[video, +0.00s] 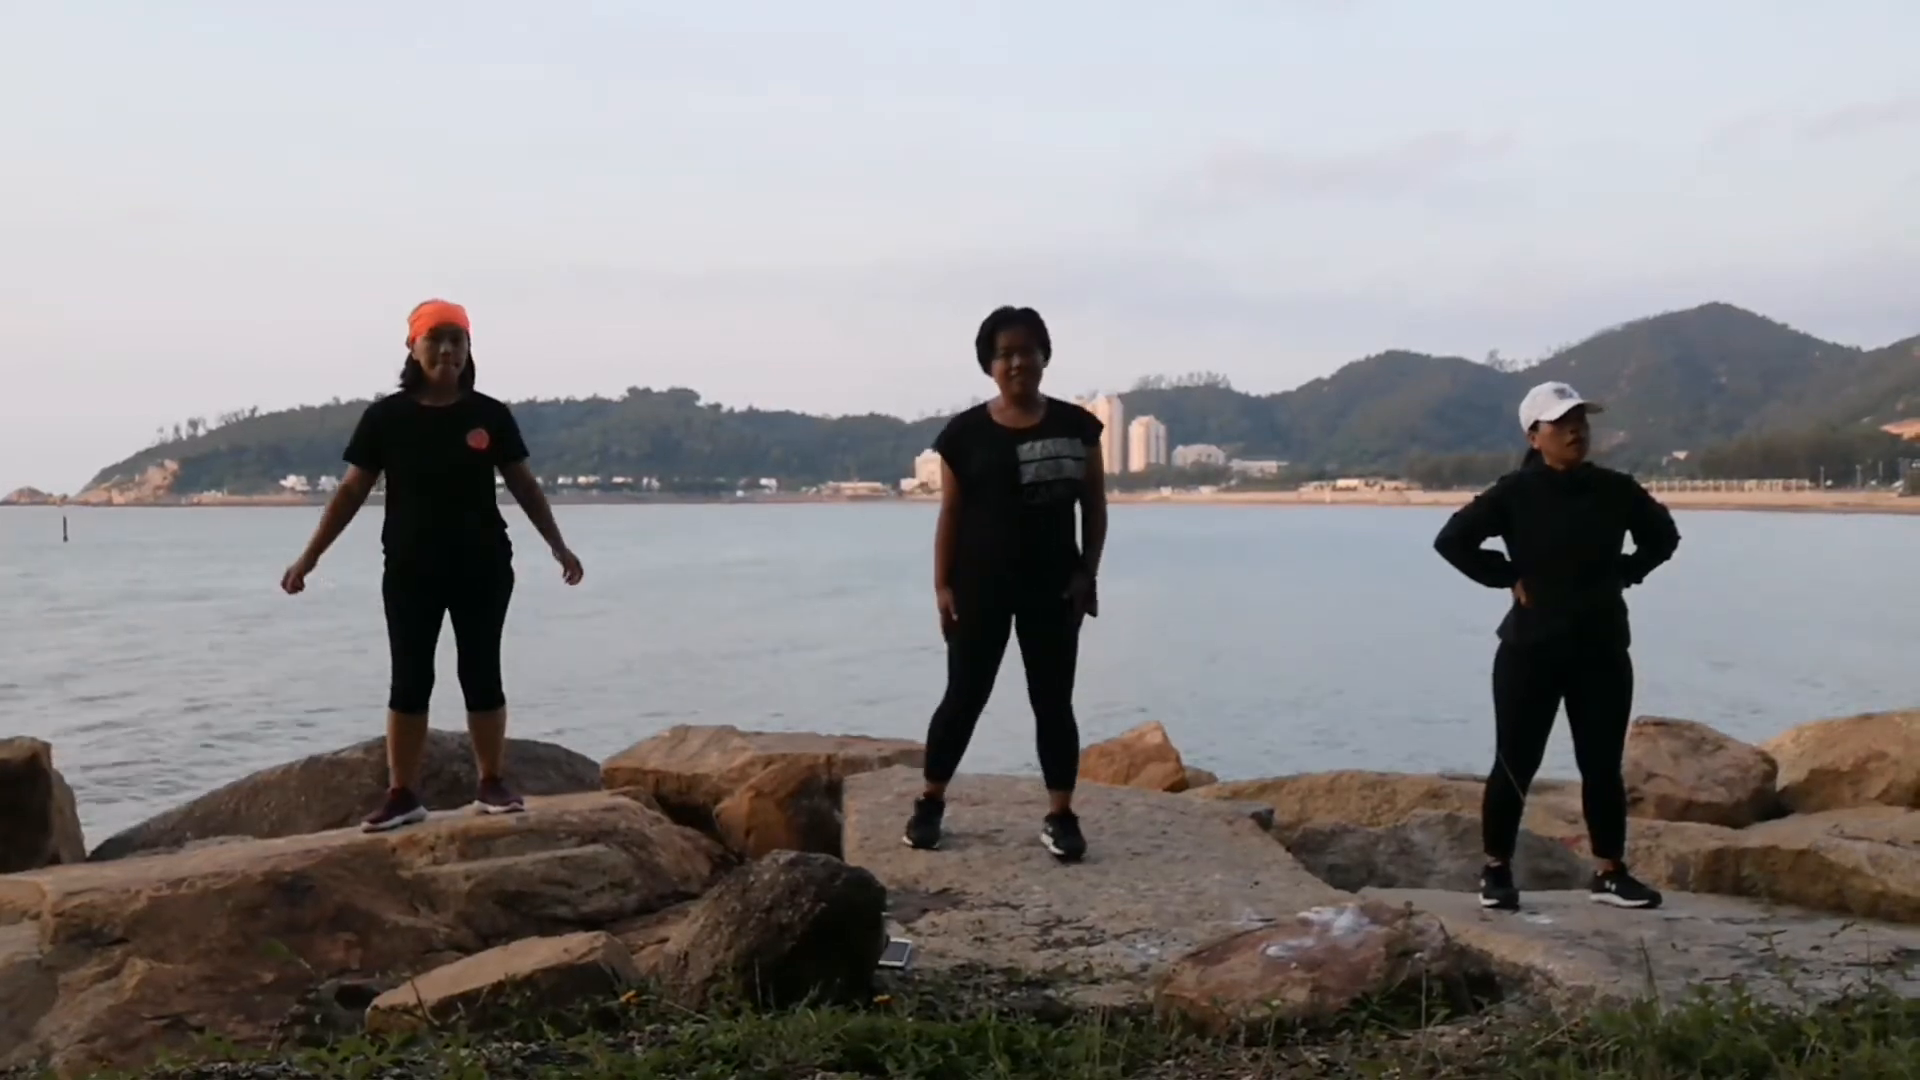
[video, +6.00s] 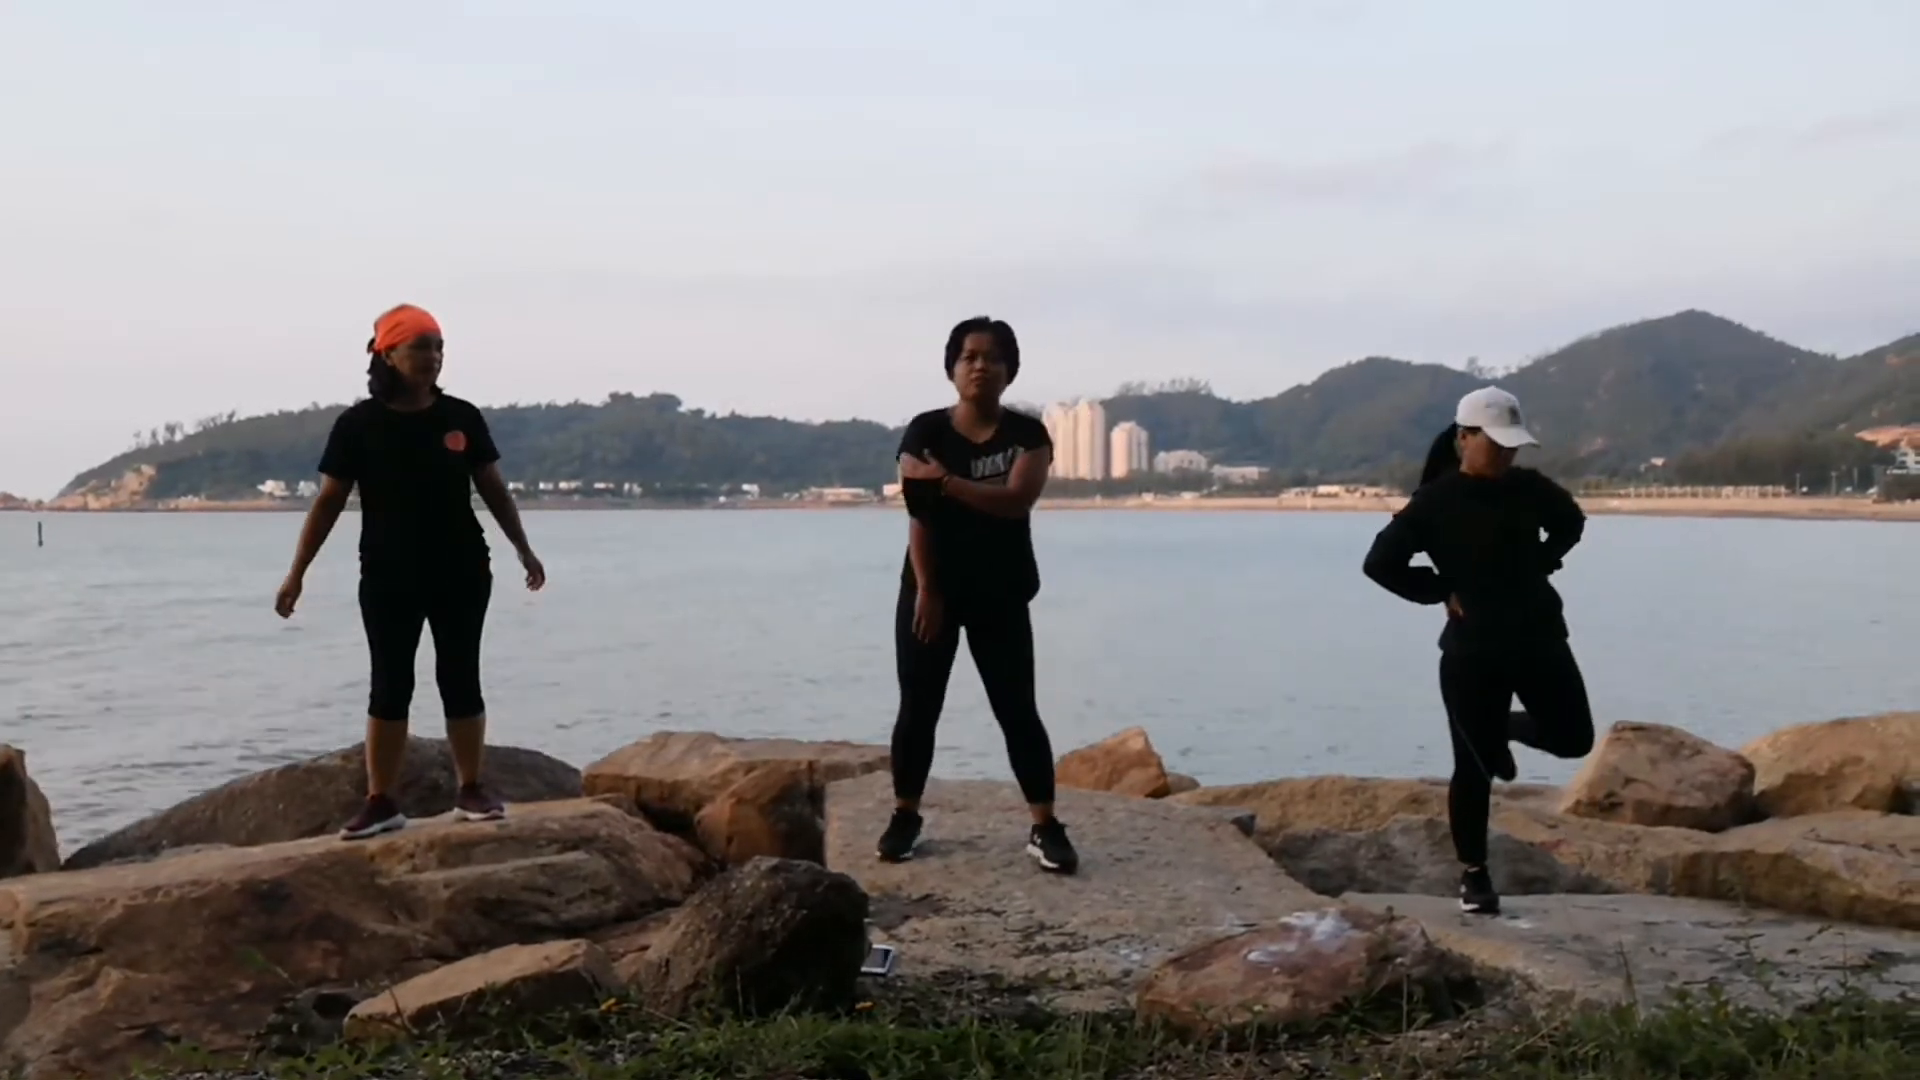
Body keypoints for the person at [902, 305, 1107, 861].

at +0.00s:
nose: (1017, 362)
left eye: (1027, 352)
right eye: (1006, 353)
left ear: (1045, 357)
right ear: (989, 363)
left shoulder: (1077, 428)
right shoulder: (964, 434)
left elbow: (1094, 509)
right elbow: (949, 517)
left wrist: (1089, 571)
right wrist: (942, 585)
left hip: (1052, 588)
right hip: (981, 588)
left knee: (1054, 703)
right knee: (963, 697)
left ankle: (1061, 813)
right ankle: (930, 803)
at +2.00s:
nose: (1038, 359)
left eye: (1047, 351)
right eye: (1025, 352)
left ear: (1061, 364)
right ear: (1004, 365)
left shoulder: (1095, 433)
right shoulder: (980, 440)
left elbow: (1110, 515)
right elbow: (966, 524)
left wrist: (1106, 581)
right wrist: (966, 593)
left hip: (1071, 593)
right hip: (1001, 594)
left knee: (1066, 707)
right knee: (963, 701)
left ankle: (1060, 816)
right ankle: (918, 802)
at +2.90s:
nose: (980, 367)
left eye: (991, 358)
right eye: (968, 356)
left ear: (1002, 368)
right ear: (945, 364)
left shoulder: (1024, 438)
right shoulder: (913, 437)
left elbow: (1033, 519)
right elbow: (891, 518)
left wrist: (1036, 589)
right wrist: (884, 588)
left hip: (992, 597)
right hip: (924, 597)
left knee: (1020, 709)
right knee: (925, 709)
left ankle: (1051, 815)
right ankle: (919, 812)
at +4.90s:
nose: (963, 368)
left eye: (973, 357)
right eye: (952, 360)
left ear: (998, 363)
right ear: (941, 371)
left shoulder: (1036, 434)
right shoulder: (923, 444)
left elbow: (1053, 513)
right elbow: (905, 523)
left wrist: (1057, 584)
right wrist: (890, 591)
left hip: (1013, 597)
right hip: (940, 598)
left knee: (1028, 712)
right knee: (930, 709)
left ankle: (1050, 823)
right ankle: (912, 813)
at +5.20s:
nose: (1003, 368)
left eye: (1015, 357)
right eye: (992, 360)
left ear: (1037, 363)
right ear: (981, 370)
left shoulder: (1072, 430)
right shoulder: (962, 436)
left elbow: (1100, 498)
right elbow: (938, 519)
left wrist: (1039, 522)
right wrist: (933, 589)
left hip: (1047, 595)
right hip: (977, 593)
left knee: (1049, 710)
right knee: (953, 705)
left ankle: (1052, 824)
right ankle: (917, 809)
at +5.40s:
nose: (1020, 366)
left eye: (1032, 356)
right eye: (1010, 356)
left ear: (1054, 365)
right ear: (996, 367)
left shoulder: (1078, 426)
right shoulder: (973, 429)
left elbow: (1057, 482)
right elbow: (964, 510)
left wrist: (984, 460)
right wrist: (966, 584)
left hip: (1048, 590)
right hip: (981, 585)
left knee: (1048, 710)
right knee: (951, 703)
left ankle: (1051, 824)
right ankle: (917, 811)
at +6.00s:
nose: (978, 367)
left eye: (992, 359)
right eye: (968, 357)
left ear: (1009, 372)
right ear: (953, 368)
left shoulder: (1029, 433)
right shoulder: (926, 432)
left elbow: (1018, 500)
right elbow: (918, 518)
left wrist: (943, 481)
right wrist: (926, 590)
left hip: (1000, 591)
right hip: (931, 587)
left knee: (1018, 712)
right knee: (918, 708)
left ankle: (1045, 824)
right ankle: (905, 816)